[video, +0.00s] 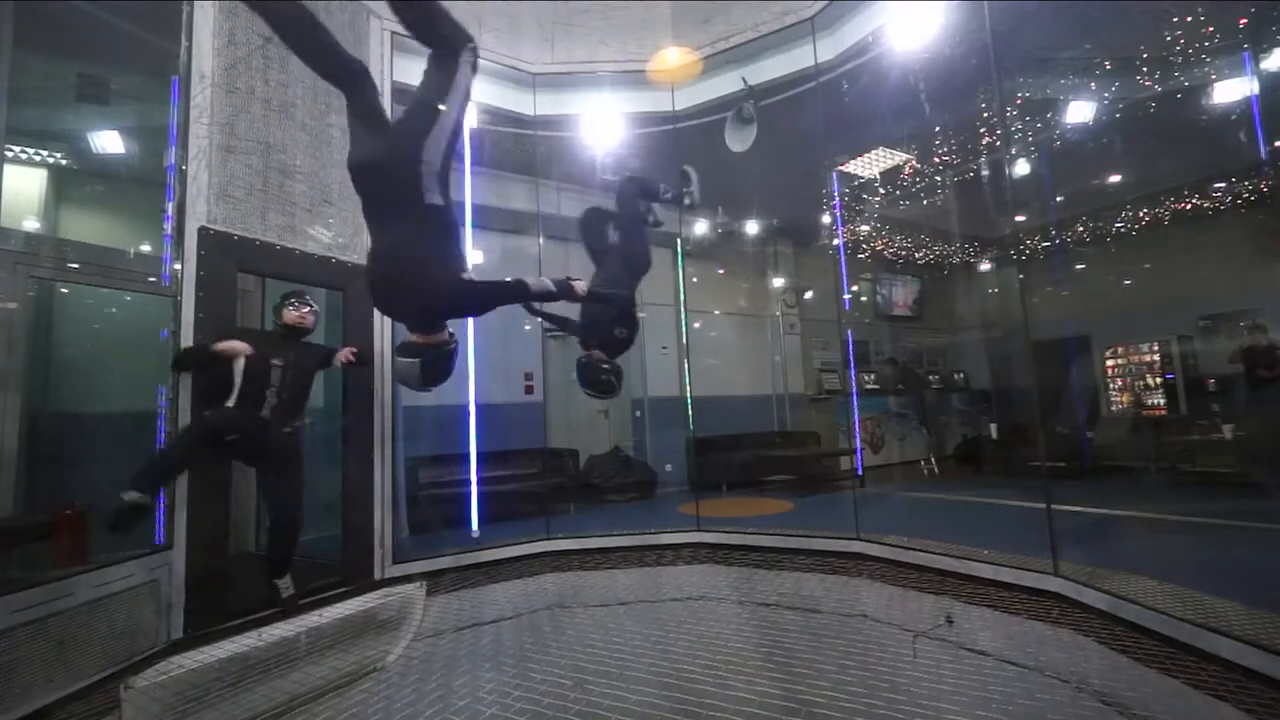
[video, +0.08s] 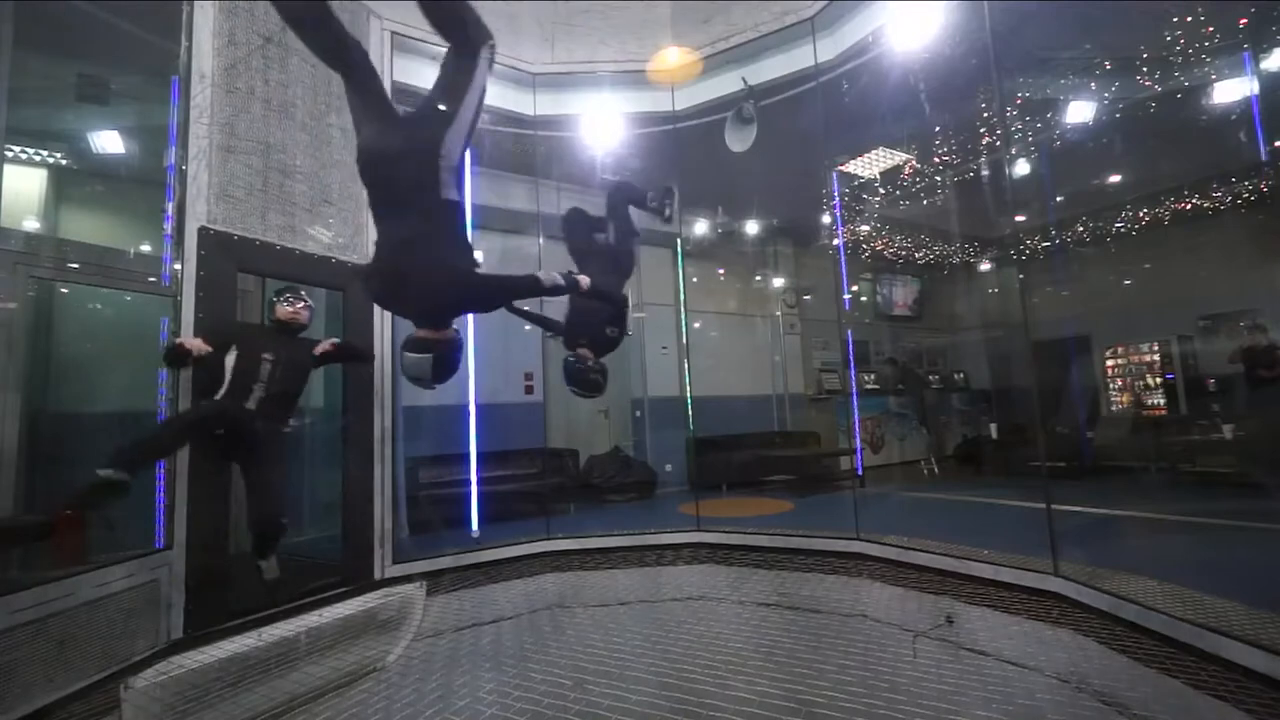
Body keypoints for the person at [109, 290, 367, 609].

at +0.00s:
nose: (305, 312)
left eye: (310, 309)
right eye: (297, 306)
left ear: (314, 321)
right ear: (280, 313)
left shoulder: (312, 352)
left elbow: (329, 356)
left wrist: (341, 356)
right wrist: (218, 349)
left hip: (282, 440)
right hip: (243, 431)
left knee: (288, 516)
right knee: (204, 426)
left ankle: (279, 575)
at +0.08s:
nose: (299, 306)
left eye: (305, 304)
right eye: (291, 301)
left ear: (309, 318)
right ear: (275, 308)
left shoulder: (309, 349)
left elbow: (364, 356)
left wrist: (338, 350)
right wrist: (182, 349)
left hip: (265, 434)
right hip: (222, 419)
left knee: (270, 518)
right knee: (194, 418)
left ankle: (265, 553)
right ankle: (124, 466)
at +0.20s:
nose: (287, 305)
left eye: (294, 304)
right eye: (280, 300)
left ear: (300, 318)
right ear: (263, 307)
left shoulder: (301, 350)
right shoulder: (231, 331)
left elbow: (363, 360)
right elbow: (180, 352)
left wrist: (333, 348)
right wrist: (175, 355)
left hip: (239, 440)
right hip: (199, 423)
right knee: (168, 385)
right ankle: (91, 442)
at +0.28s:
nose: (284, 309)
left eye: (292, 309)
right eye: (278, 303)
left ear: (297, 326)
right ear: (259, 310)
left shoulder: (294, 354)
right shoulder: (225, 336)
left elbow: (356, 364)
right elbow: (179, 361)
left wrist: (320, 344)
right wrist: (162, 378)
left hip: (218, 439)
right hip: (177, 419)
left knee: (218, 420)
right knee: (147, 353)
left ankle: (189, 505)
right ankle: (63, 415)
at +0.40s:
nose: (277, 321)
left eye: (286, 322)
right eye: (274, 317)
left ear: (293, 335)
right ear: (263, 324)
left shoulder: (285, 368)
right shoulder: (235, 350)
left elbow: (347, 366)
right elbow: (194, 370)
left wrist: (306, 330)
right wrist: (183, 356)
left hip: (182, 423)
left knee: (162, 337)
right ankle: (9, 325)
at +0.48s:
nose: (270, 336)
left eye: (279, 337)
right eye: (272, 334)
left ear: (286, 350)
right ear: (268, 341)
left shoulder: (279, 372)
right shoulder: (248, 362)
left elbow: (323, 361)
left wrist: (284, 326)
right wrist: (259, 337)